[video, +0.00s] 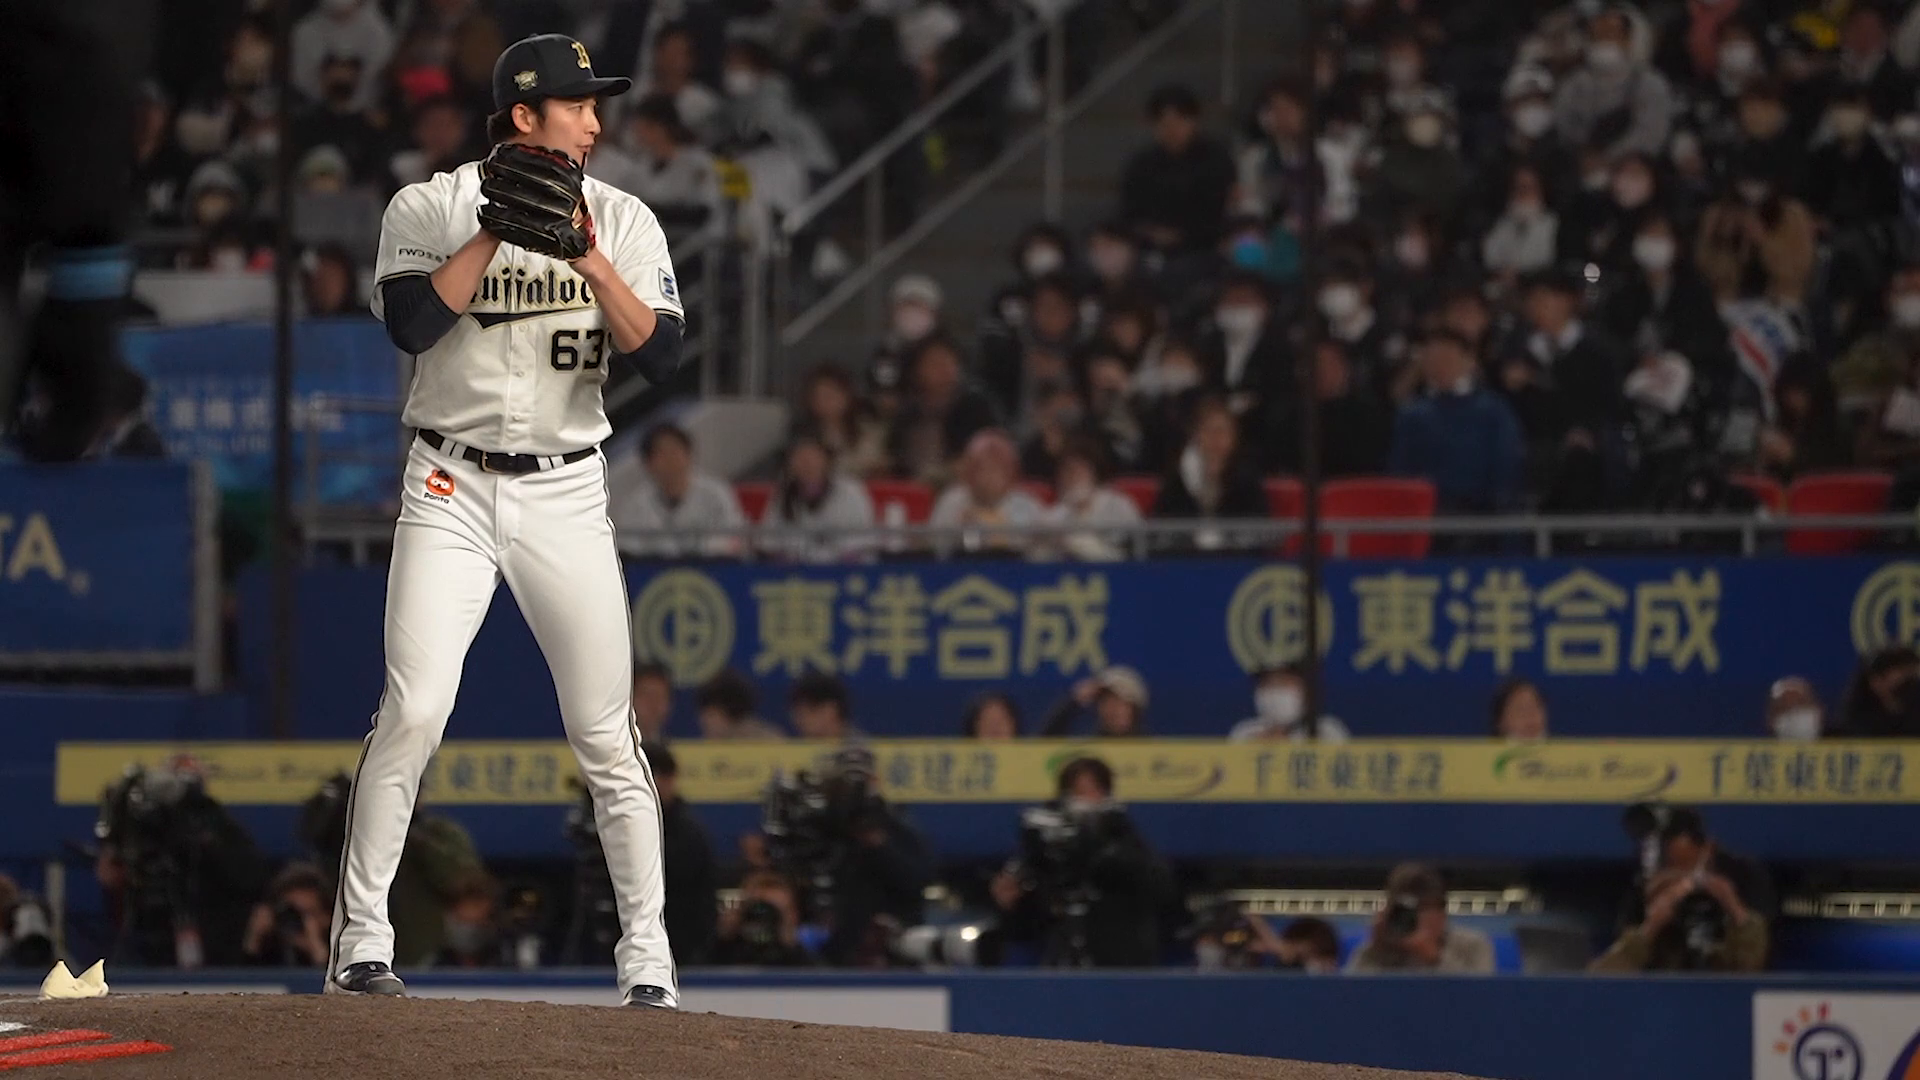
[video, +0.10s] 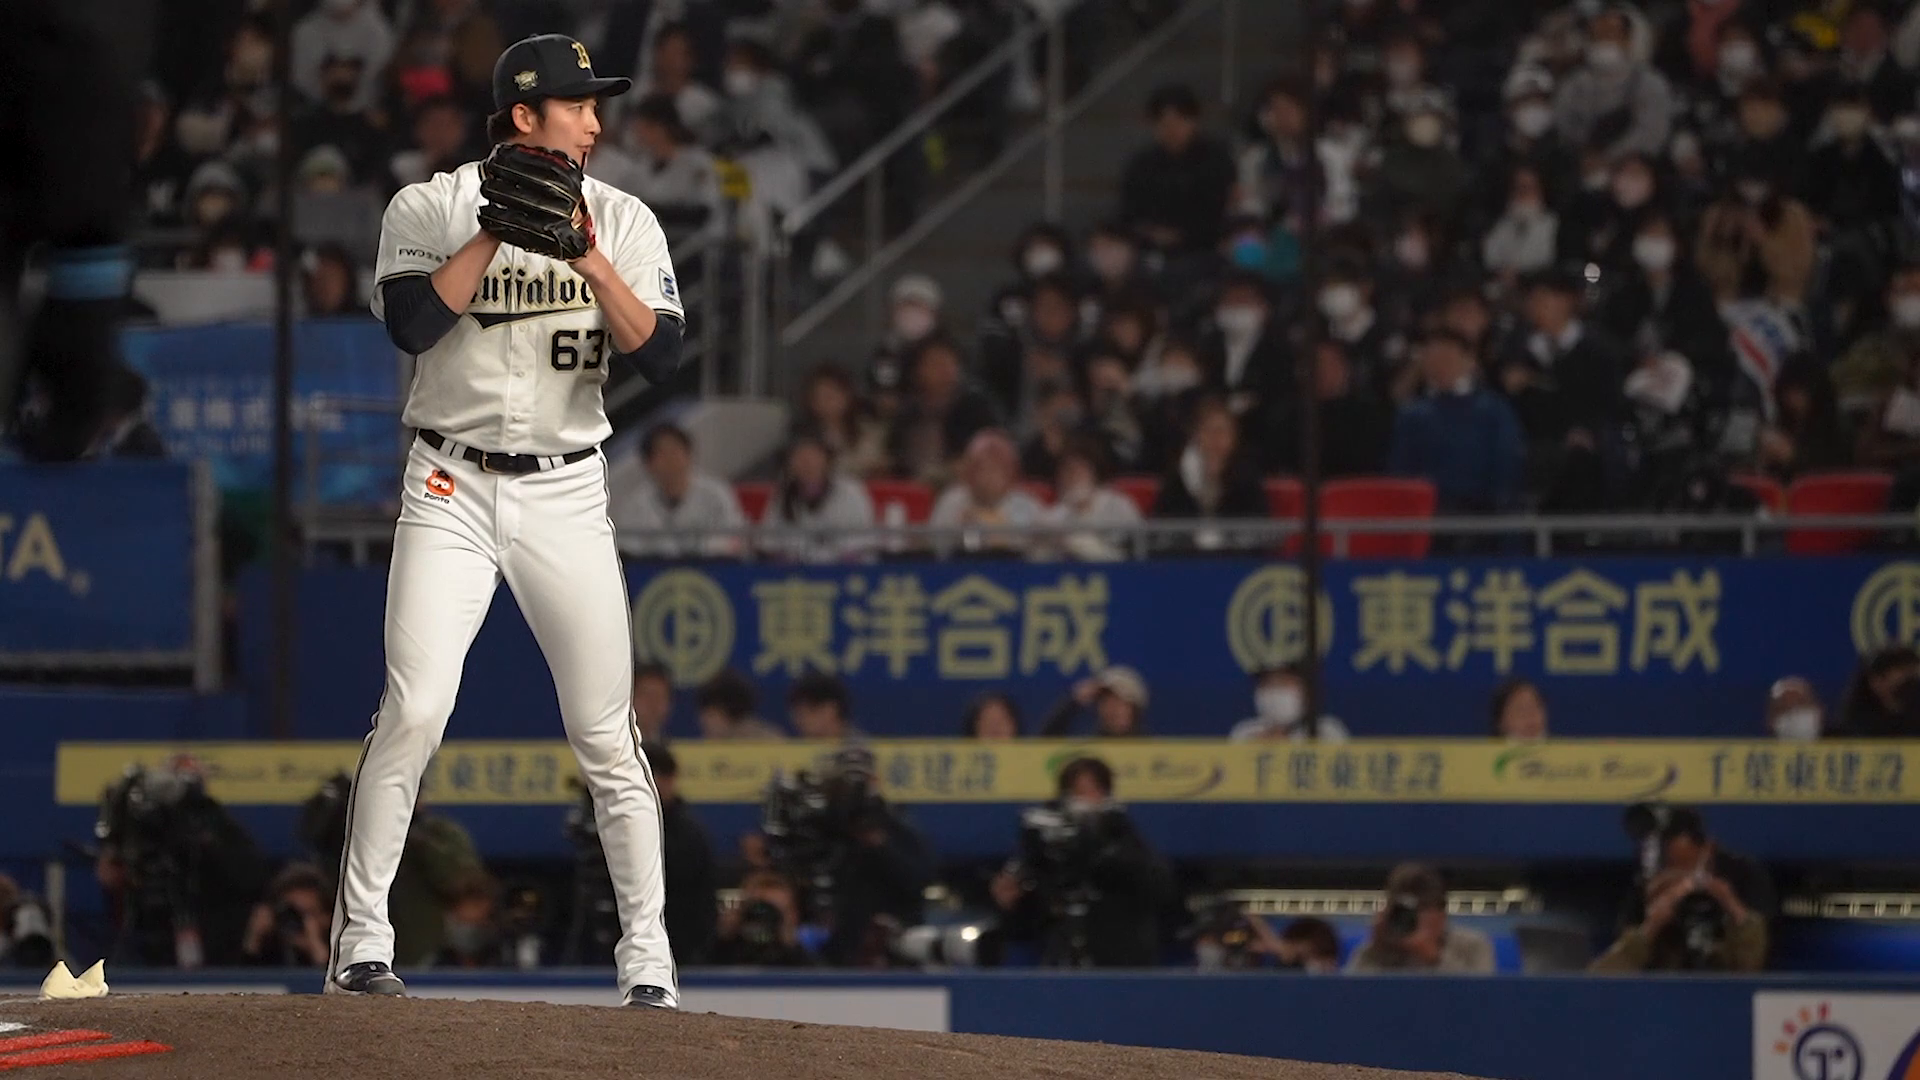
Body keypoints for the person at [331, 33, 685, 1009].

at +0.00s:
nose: (594, 120)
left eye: (596, 104)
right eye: (577, 103)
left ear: (589, 119)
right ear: (522, 113)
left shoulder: (625, 220)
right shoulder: (432, 204)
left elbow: (662, 357)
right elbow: (409, 327)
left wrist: (592, 261)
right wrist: (495, 232)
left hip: (568, 496)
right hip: (449, 487)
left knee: (604, 734)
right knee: (414, 710)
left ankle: (647, 962)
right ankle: (361, 945)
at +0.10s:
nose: (594, 120)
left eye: (596, 104)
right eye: (577, 103)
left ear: (590, 119)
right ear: (522, 112)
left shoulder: (626, 221)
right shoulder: (432, 204)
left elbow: (664, 358)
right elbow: (409, 328)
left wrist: (591, 260)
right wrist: (494, 232)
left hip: (568, 497)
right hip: (449, 487)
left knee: (604, 735)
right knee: (414, 709)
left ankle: (648, 963)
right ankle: (361, 946)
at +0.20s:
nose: (594, 120)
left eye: (596, 104)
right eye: (577, 103)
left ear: (590, 119)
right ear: (523, 111)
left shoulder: (626, 221)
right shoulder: (431, 205)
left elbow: (664, 358)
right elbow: (410, 329)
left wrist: (591, 261)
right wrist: (495, 232)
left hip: (568, 496)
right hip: (449, 487)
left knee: (604, 734)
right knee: (415, 710)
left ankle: (648, 962)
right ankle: (362, 946)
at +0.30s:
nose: (592, 120)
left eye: (595, 105)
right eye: (575, 104)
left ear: (590, 119)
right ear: (519, 113)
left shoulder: (626, 222)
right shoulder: (430, 206)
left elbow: (660, 357)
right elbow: (409, 327)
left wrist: (591, 261)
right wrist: (495, 233)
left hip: (568, 497)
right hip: (448, 489)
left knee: (605, 733)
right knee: (415, 709)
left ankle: (648, 962)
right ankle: (361, 945)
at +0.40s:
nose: (592, 120)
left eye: (595, 104)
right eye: (575, 104)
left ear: (589, 119)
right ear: (519, 113)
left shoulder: (626, 221)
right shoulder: (429, 206)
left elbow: (657, 356)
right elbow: (409, 328)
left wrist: (590, 261)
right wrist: (495, 231)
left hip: (568, 497)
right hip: (449, 489)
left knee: (604, 735)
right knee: (414, 711)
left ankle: (646, 957)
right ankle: (360, 942)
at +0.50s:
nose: (592, 120)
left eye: (595, 105)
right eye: (575, 104)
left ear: (589, 119)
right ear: (520, 112)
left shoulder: (625, 222)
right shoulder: (429, 206)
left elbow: (659, 357)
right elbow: (408, 328)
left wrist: (590, 261)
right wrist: (494, 233)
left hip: (568, 498)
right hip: (448, 489)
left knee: (605, 735)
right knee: (415, 708)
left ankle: (647, 963)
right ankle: (360, 943)